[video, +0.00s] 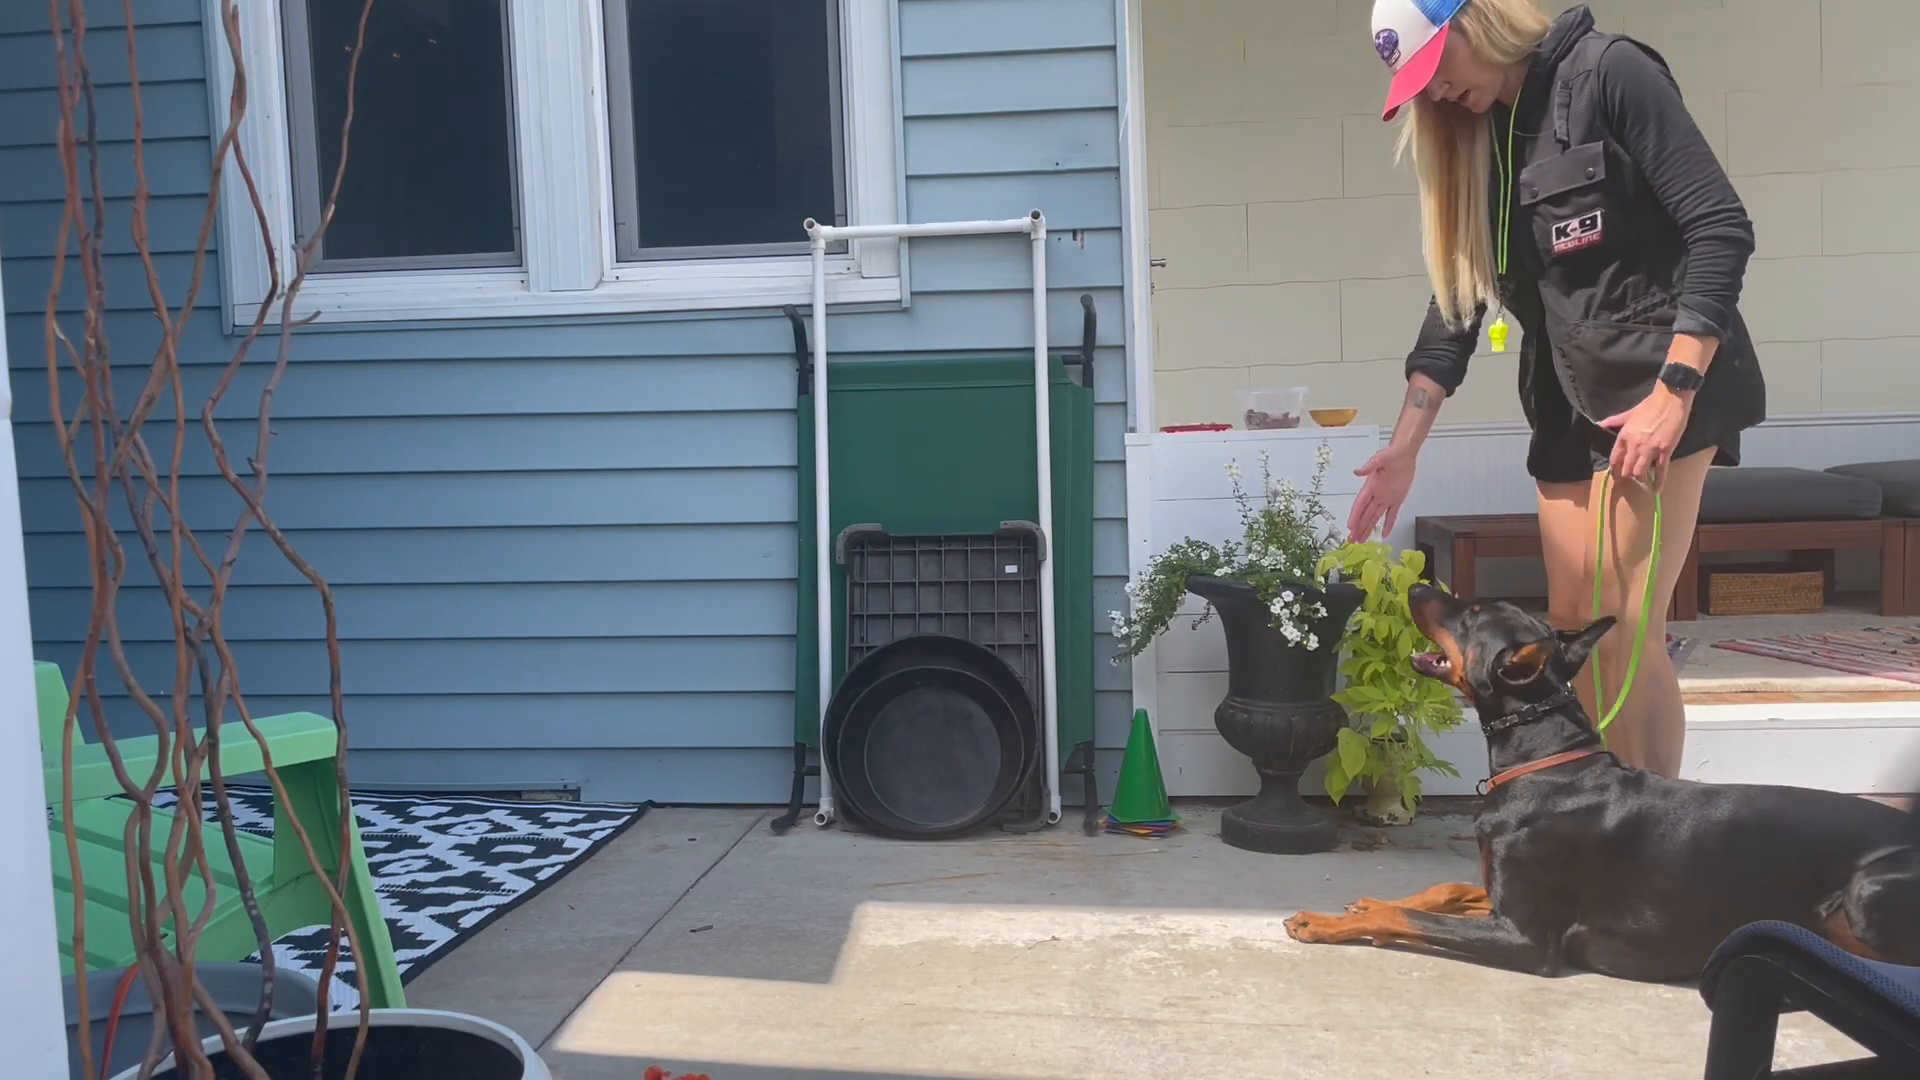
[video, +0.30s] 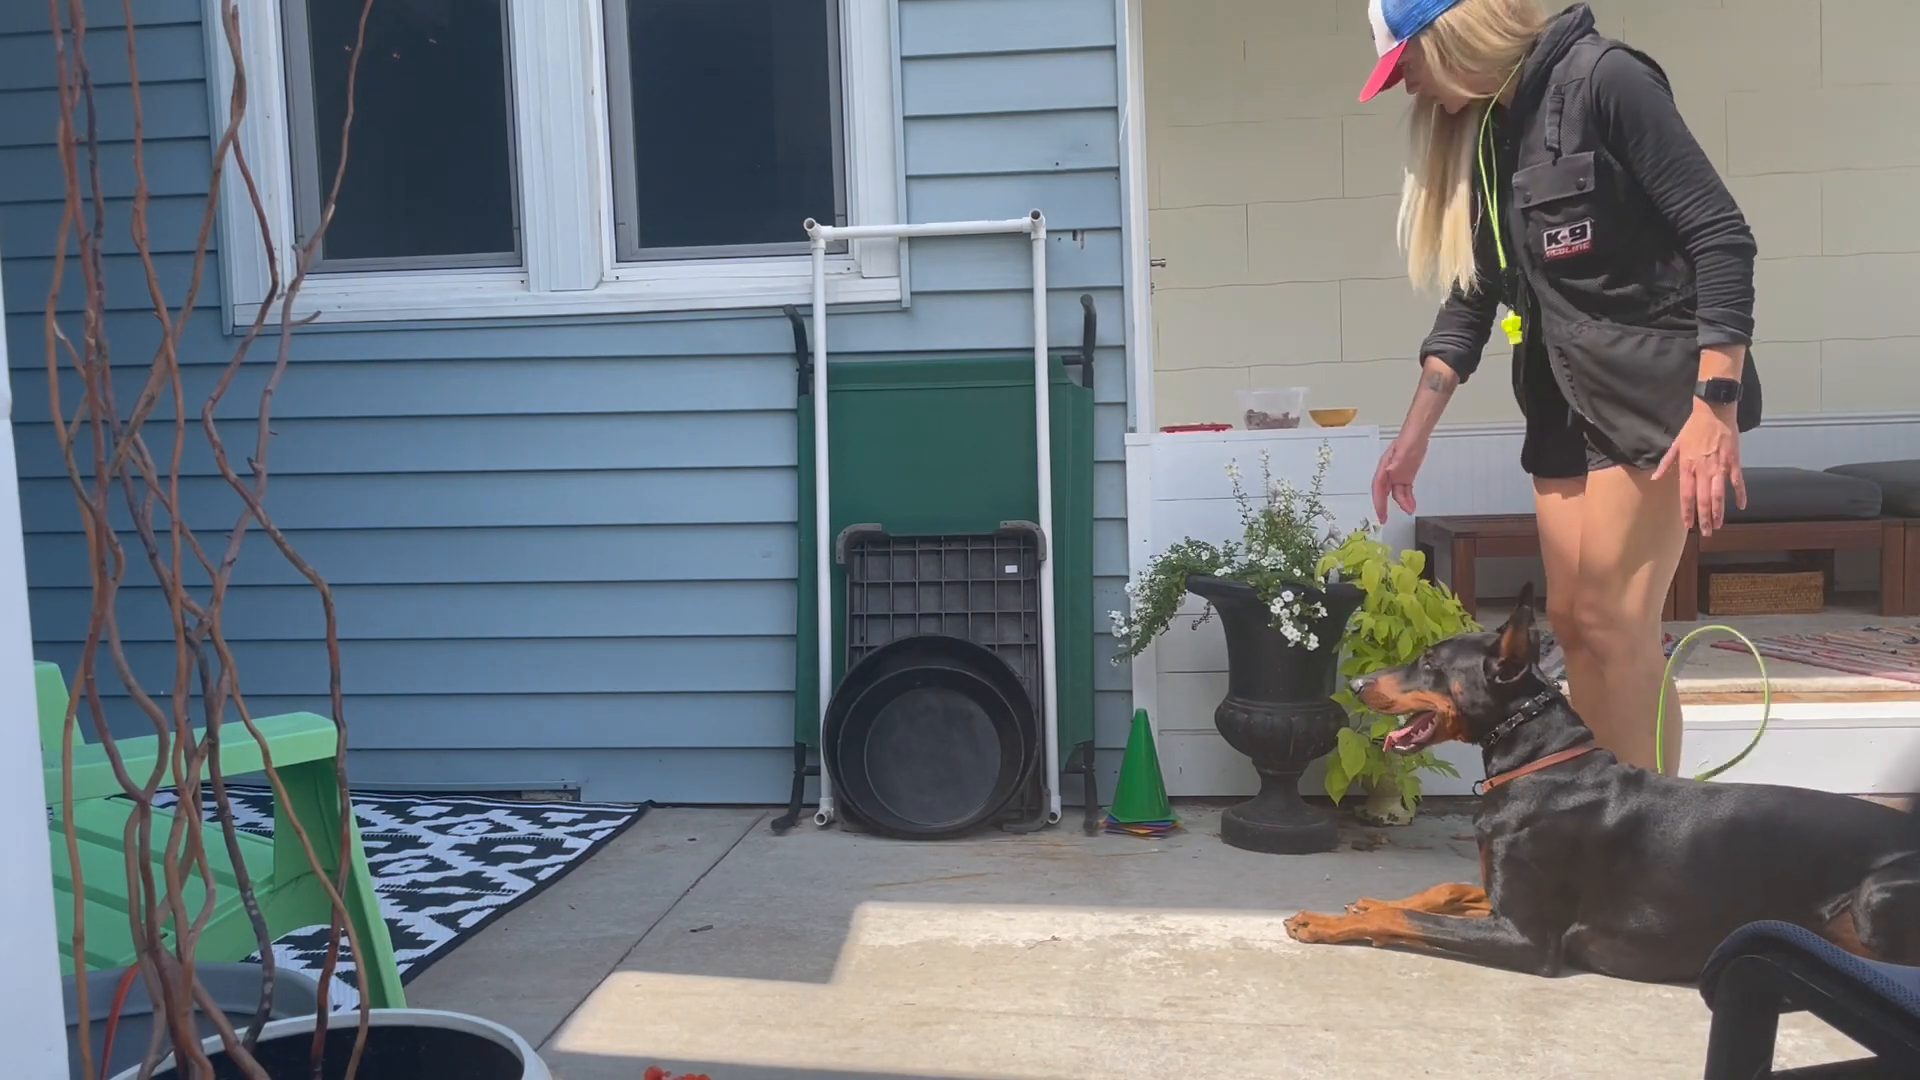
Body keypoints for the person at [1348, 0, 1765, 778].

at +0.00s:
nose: (1438, 92)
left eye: (1437, 68)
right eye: (1424, 83)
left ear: (1480, 19)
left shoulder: (1611, 72)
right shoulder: (1490, 127)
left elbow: (1720, 226)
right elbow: (1459, 291)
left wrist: (1675, 389)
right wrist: (1404, 446)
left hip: (1663, 383)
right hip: (1566, 399)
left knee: (1628, 629)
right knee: (1574, 626)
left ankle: (1655, 840)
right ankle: (1600, 839)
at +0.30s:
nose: (1416, 92)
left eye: (1415, 68)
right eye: (1406, 75)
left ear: (1463, 35)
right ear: (1458, 44)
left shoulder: (1607, 80)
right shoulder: (1490, 124)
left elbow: (1723, 236)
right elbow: (1470, 293)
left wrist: (1715, 403)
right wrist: (1414, 433)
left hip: (1654, 391)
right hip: (1559, 400)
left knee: (1615, 621)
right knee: (1572, 622)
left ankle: (1646, 841)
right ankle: (1605, 840)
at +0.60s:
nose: (1420, 76)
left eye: (1417, 53)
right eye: (1412, 59)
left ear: (1450, 30)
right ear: (1474, 29)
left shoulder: (1561, 87)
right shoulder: (1497, 104)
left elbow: (1655, 254)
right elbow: (1538, 271)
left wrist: (1627, 422)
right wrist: (1498, 382)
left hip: (1613, 405)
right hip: (1555, 403)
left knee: (1594, 646)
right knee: (1535, 640)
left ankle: (1642, 847)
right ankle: (1568, 844)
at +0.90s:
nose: (1405, 82)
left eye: (1405, 62)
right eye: (1398, 65)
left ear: (1435, 46)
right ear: (1463, 36)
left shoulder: (1509, 95)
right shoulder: (1487, 104)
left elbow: (1534, 271)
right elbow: (1507, 270)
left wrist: (1434, 382)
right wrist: (1483, 391)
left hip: (1571, 398)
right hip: (1537, 398)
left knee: (1549, 639)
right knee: (1503, 606)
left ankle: (1622, 831)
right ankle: (1536, 794)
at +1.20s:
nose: (1359, 139)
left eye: (1356, 117)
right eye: (1352, 122)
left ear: (1380, 94)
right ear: (1422, 83)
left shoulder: (1426, 147)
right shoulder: (1476, 143)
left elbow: (1357, 302)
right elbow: (1499, 290)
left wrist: (1275, 348)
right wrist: (1405, 339)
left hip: (1536, 380)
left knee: (1550, 630)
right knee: (1481, 621)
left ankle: (1612, 808)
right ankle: (1530, 801)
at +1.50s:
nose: (1316, 185)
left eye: (1312, 164)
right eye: (1309, 172)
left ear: (1335, 140)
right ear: (1376, 133)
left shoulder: (1374, 182)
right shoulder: (1436, 181)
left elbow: (1307, 307)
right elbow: (1404, 349)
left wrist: (1226, 394)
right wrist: (1286, 377)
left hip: (1533, 362)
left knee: (1559, 587)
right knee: (1485, 589)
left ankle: (1609, 788)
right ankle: (1533, 779)